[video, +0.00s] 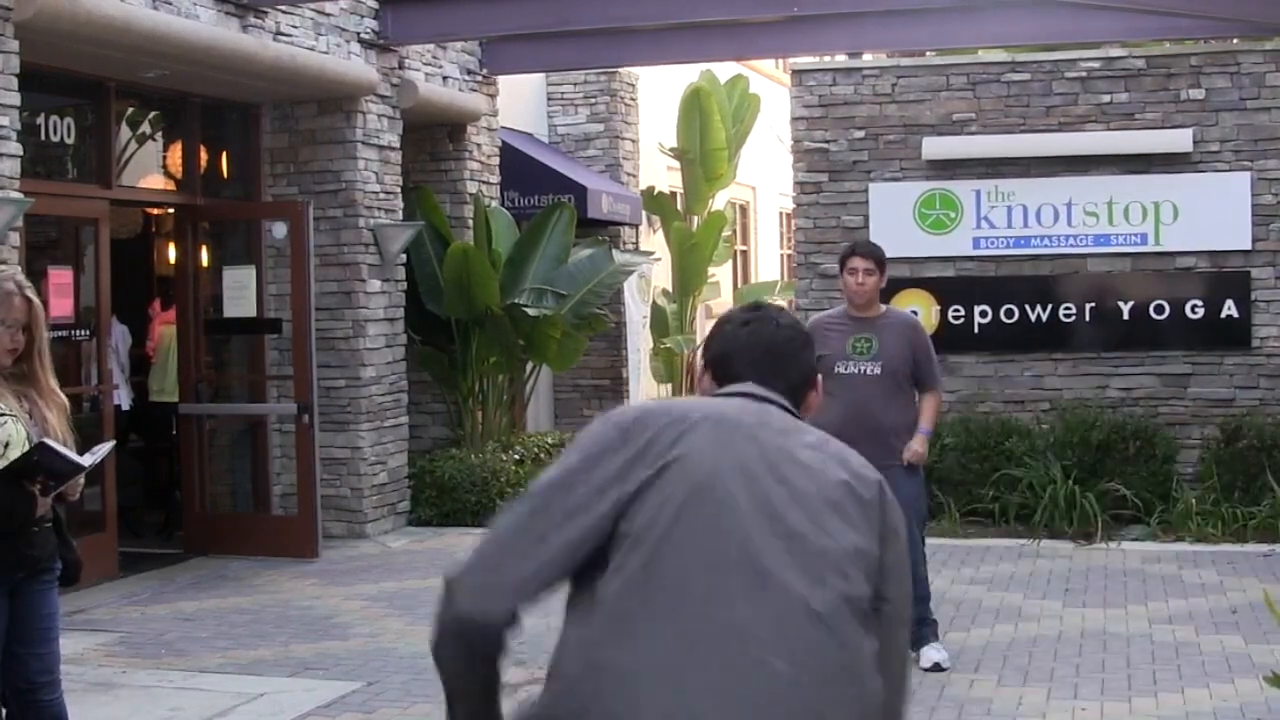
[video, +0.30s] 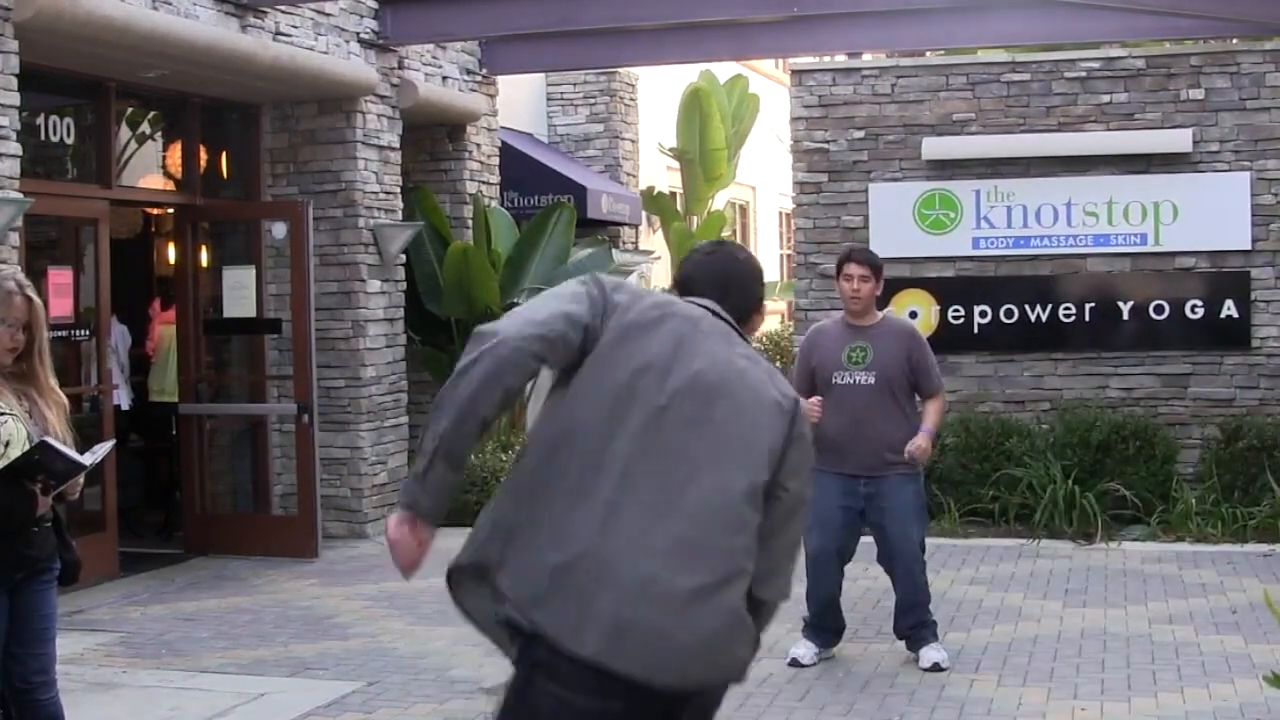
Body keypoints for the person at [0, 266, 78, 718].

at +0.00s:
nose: (12, 338)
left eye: (21, 328)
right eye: (4, 326)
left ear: (31, 332)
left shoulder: (42, 396)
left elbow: (61, 473)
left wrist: (69, 487)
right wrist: (25, 503)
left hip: (36, 566)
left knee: (41, 699)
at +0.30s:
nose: (12, 337)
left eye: (21, 327)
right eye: (4, 324)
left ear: (32, 331)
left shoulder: (42, 395)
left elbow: (62, 470)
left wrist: (69, 487)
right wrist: (26, 502)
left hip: (36, 563)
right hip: (2, 563)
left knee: (37, 693)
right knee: (10, 694)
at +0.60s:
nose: (13, 337)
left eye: (21, 327)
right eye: (5, 325)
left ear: (32, 331)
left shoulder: (42, 394)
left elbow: (64, 471)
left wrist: (69, 486)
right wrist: (26, 501)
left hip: (36, 562)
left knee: (36, 691)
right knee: (13, 692)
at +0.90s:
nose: (15, 337)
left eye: (23, 327)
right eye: (7, 325)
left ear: (34, 332)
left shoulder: (44, 395)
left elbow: (63, 473)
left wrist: (69, 487)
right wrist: (25, 501)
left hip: (36, 563)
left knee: (36, 691)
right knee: (13, 692)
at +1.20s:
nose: (14, 337)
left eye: (22, 326)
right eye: (5, 324)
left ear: (32, 331)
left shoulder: (43, 396)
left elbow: (64, 467)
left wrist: (75, 482)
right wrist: (28, 501)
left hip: (36, 564)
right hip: (1, 566)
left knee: (41, 696)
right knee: (7, 696)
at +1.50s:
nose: (12, 335)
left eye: (20, 324)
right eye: (5, 322)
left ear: (32, 331)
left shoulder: (38, 394)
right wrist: (22, 504)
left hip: (34, 565)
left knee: (40, 699)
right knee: (17, 700)